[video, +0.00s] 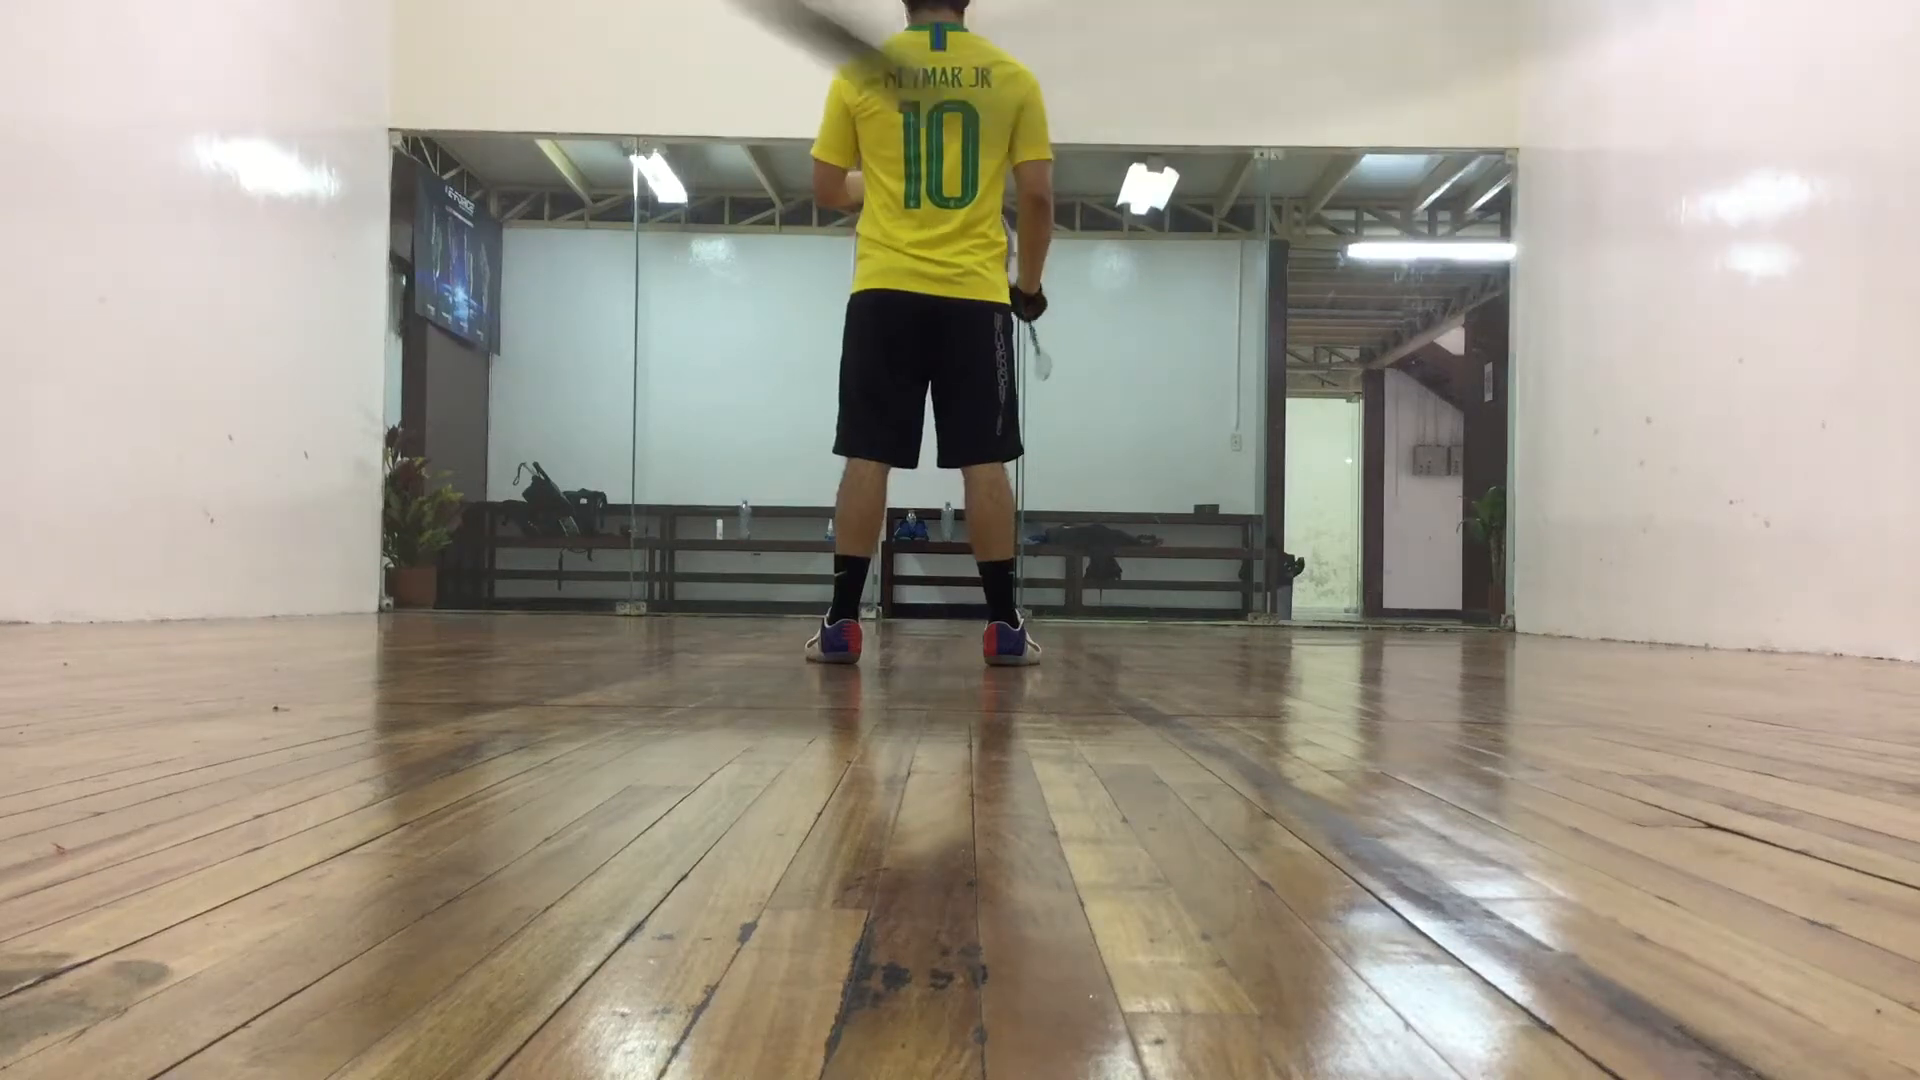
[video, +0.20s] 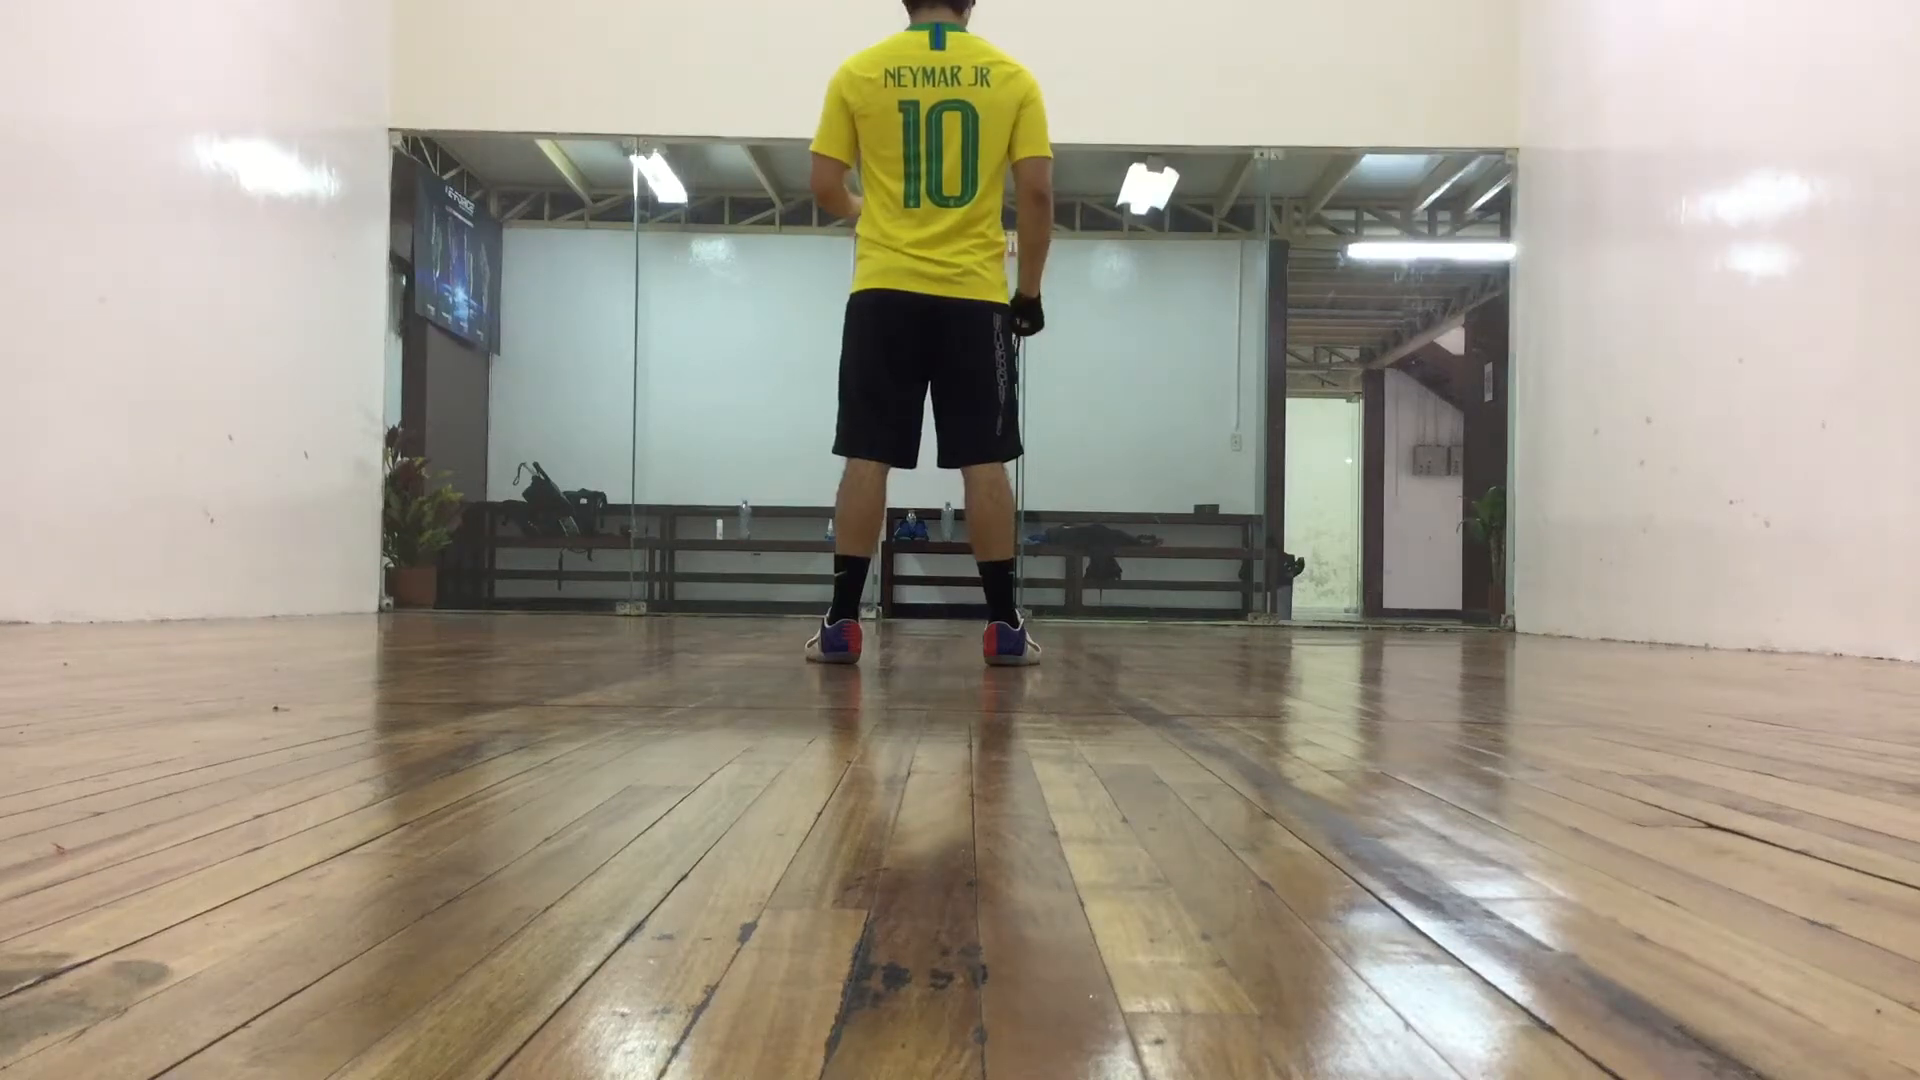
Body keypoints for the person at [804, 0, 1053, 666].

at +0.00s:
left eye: (912, 6)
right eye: (957, 4)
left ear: (904, 3)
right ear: (967, 3)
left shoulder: (860, 71)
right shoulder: (1012, 77)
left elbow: (829, 191)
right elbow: (1037, 194)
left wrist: (874, 182)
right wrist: (1029, 282)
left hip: (884, 298)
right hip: (974, 304)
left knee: (866, 458)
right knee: (985, 463)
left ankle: (842, 621)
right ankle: (1005, 624)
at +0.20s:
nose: (950, 16)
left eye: (915, 9)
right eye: (963, 7)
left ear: (905, 5)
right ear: (969, 6)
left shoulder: (858, 72)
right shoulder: (1012, 77)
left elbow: (826, 186)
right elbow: (1037, 190)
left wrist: (860, 214)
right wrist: (1030, 291)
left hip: (883, 299)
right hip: (973, 305)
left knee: (866, 458)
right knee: (985, 463)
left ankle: (842, 621)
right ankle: (1005, 624)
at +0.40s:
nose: (956, 17)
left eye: (914, 11)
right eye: (967, 9)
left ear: (906, 6)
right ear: (970, 8)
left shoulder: (857, 72)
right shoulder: (1011, 79)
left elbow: (826, 184)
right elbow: (1037, 191)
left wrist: (868, 225)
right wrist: (1033, 298)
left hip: (882, 298)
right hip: (972, 304)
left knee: (865, 458)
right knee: (985, 463)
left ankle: (842, 621)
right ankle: (1005, 624)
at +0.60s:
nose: (960, 13)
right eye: (968, 7)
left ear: (906, 6)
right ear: (969, 7)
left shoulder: (859, 69)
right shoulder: (1011, 79)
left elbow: (828, 187)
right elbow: (1037, 196)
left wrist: (871, 226)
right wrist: (1032, 295)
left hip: (882, 298)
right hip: (972, 305)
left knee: (865, 458)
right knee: (985, 463)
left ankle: (842, 621)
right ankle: (1005, 624)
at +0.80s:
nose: (1005, 12)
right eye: (1002, 8)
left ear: (916, 5)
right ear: (990, 9)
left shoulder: (864, 71)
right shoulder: (1012, 82)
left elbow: (828, 192)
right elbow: (1035, 205)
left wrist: (874, 205)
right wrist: (1028, 294)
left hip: (882, 300)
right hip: (974, 307)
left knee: (865, 460)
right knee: (986, 466)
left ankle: (843, 622)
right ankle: (1006, 625)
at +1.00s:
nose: (939, 10)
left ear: (906, 9)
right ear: (968, 9)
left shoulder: (861, 74)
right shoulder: (1011, 81)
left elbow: (845, 185)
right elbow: (1033, 202)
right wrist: (1029, 296)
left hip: (883, 300)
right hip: (976, 305)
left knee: (866, 460)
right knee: (986, 465)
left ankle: (842, 621)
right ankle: (998, 629)